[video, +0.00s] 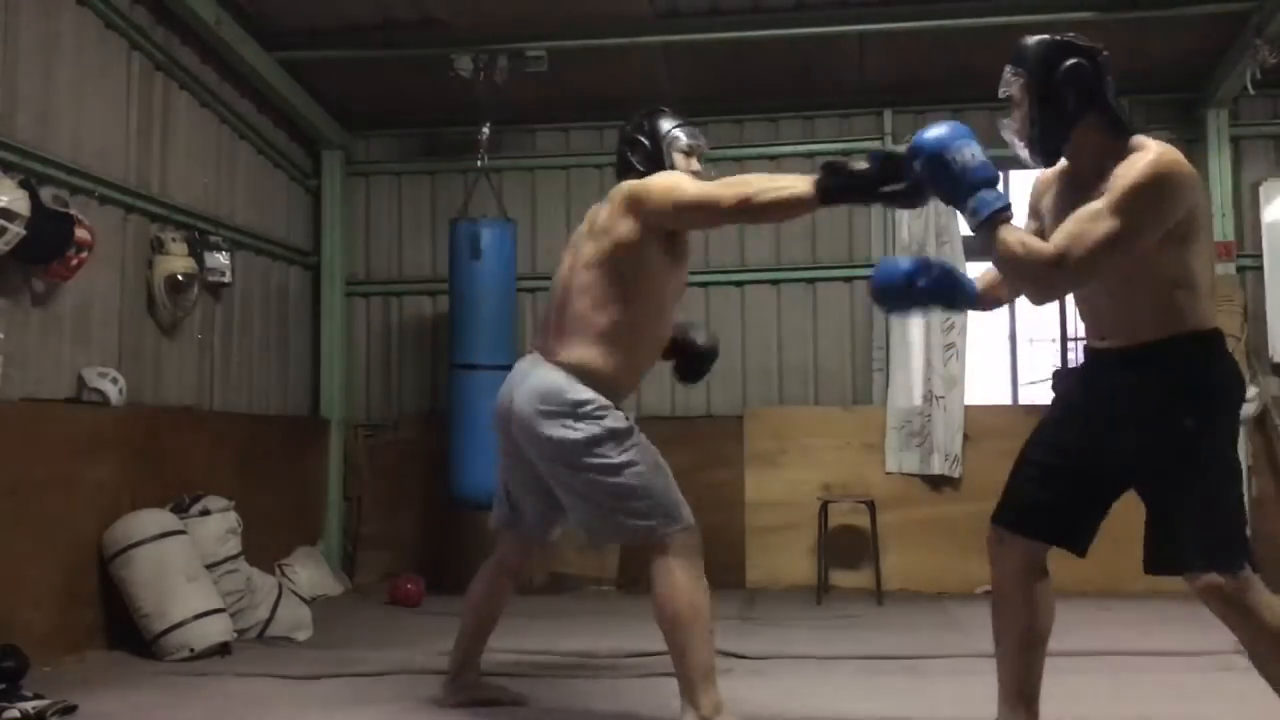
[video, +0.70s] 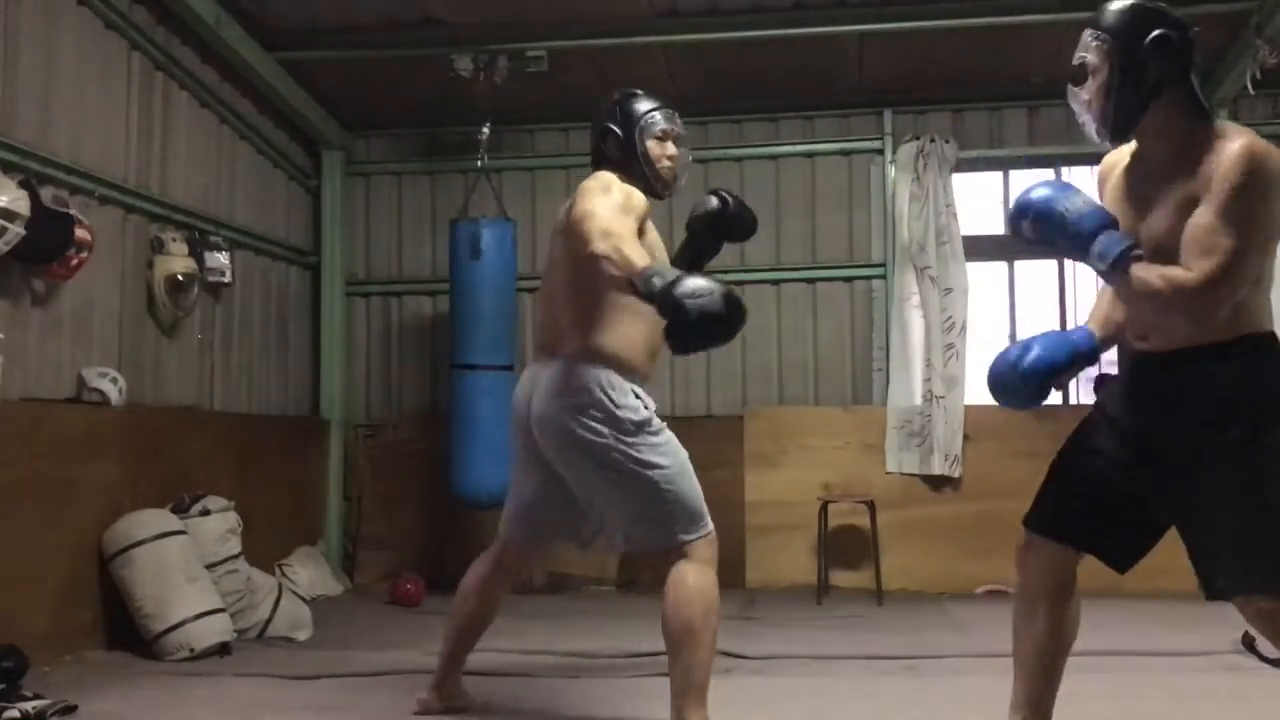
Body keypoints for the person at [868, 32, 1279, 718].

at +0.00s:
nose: (1006, 118)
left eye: (1015, 101)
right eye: (1006, 102)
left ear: (1065, 102)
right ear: (1070, 105)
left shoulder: (1159, 170)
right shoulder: (1050, 185)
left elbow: (1048, 274)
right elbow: (1024, 274)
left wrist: (980, 201)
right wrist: (963, 291)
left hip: (1188, 381)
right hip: (1101, 382)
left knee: (1216, 574)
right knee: (1013, 543)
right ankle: (1017, 713)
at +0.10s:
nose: (1026, 132)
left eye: (1037, 115)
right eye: (1025, 117)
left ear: (1094, 115)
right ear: (1082, 118)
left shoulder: (1182, 198)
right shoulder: (1053, 198)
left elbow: (1064, 304)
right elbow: (951, 223)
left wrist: (1010, 219)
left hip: (1195, 402)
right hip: (1107, 406)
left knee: (1230, 593)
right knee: (993, 540)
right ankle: (1013, 710)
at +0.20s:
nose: (1035, 156)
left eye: (1045, 138)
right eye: (1033, 141)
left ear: (1100, 135)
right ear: (1100, 138)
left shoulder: (1201, 211)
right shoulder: (1058, 212)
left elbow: (1106, 326)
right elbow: (963, 259)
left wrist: (1037, 250)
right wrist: (896, 218)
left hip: (1195, 415)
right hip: (1101, 412)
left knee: (1235, 599)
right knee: (971, 536)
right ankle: (1001, 708)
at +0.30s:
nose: (1034, 142)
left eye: (1044, 124)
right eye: (1033, 126)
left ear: (1097, 122)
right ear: (1086, 126)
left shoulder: (1197, 204)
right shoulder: (1059, 207)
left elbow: (1094, 310)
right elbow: (1007, 293)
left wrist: (1027, 245)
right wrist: (933, 301)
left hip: (1185, 410)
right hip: (1090, 409)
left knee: (1226, 588)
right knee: (982, 552)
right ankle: (1009, 714)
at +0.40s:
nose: (1044, 118)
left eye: (1057, 102)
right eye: (1043, 103)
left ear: (1113, 103)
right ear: (1111, 106)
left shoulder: (1201, 189)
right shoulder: (1074, 191)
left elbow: (1073, 276)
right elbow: (1061, 296)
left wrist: (1008, 197)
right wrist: (1009, 352)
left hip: (1198, 401)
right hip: (1101, 400)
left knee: (1236, 582)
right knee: (998, 545)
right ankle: (1010, 714)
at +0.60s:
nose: (1078, 94)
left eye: (1089, 75)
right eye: (1077, 77)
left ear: (1150, 77)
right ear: (1147, 81)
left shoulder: (1241, 168)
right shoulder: (1117, 172)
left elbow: (1133, 284)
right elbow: (1127, 295)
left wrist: (1063, 217)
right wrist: (1084, 359)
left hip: (1230, 398)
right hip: (1135, 395)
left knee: (1266, 601)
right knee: (1034, 553)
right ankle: (1017, 713)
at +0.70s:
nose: (1077, 90)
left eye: (1089, 70)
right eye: (1076, 73)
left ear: (1152, 69)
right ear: (1145, 74)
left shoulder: (1244, 159)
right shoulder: (1113, 171)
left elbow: (1198, 297)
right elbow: (1126, 290)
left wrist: (1094, 240)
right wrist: (1073, 345)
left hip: (1234, 394)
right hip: (1140, 393)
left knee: (1261, 599)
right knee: (1044, 549)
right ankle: (1028, 716)